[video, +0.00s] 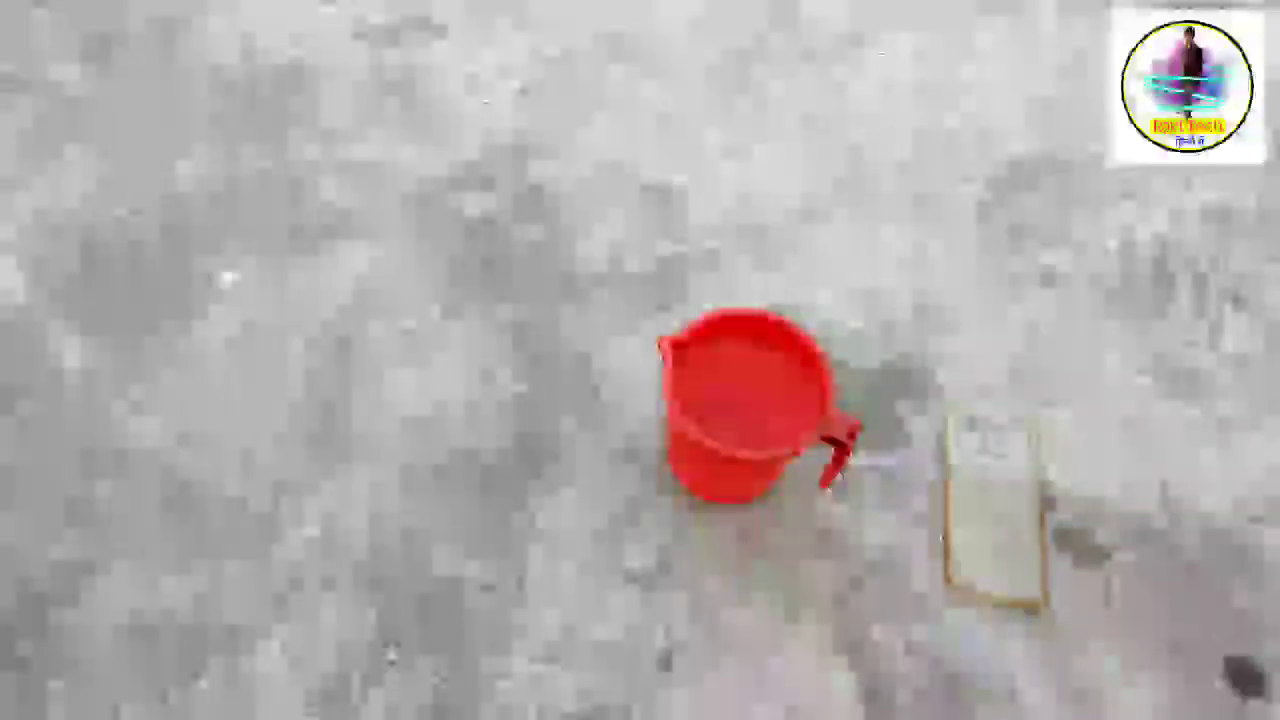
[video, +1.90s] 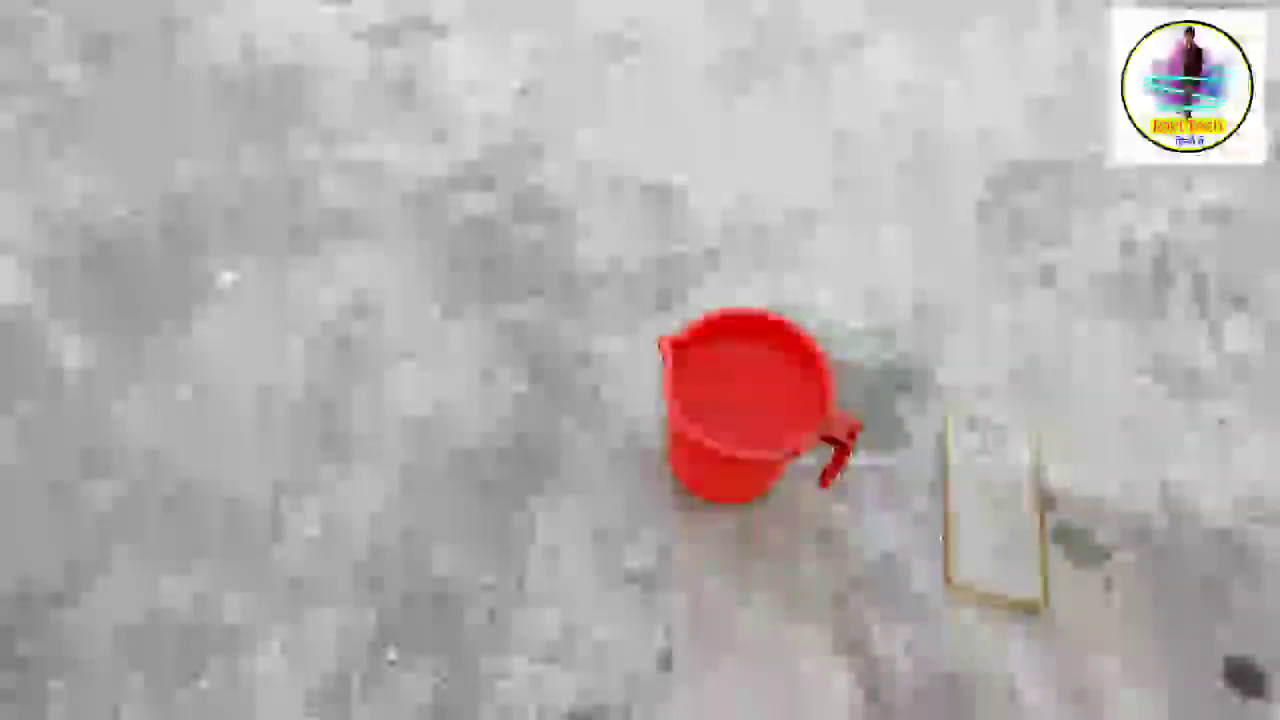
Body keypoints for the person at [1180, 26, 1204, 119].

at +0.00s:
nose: (1187, 38)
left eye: (1189, 36)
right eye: (1186, 36)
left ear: (1193, 36)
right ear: (1184, 36)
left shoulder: (1197, 50)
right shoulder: (1182, 50)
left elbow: (1199, 64)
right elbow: (1177, 62)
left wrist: (1198, 75)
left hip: (1194, 75)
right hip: (1184, 74)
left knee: (1190, 93)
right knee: (1185, 93)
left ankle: (1188, 112)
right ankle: (1186, 112)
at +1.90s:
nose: (1187, 38)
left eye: (1189, 36)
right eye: (1186, 36)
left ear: (1193, 36)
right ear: (1184, 36)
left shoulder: (1197, 50)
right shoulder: (1181, 49)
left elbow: (1199, 64)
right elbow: (1176, 61)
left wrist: (1197, 75)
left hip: (1193, 75)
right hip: (1183, 74)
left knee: (1190, 93)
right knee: (1185, 93)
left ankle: (1188, 111)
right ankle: (1186, 111)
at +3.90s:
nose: (1188, 38)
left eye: (1190, 35)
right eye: (1186, 35)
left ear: (1193, 36)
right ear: (1184, 36)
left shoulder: (1198, 50)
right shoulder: (1182, 49)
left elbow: (1199, 64)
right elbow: (1178, 62)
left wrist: (1198, 74)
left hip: (1194, 74)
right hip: (1184, 74)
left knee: (1191, 92)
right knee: (1185, 92)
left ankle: (1189, 111)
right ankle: (1186, 111)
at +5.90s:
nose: (1188, 38)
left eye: (1190, 36)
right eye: (1187, 35)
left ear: (1193, 36)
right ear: (1184, 36)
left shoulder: (1197, 50)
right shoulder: (1182, 49)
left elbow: (1199, 64)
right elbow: (1176, 61)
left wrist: (1197, 74)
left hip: (1193, 74)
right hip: (1183, 74)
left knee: (1190, 93)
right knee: (1185, 92)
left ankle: (1188, 112)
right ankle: (1186, 112)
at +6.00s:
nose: (1188, 38)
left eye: (1190, 36)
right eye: (1187, 35)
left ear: (1193, 36)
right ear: (1184, 36)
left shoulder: (1197, 49)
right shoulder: (1181, 49)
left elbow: (1199, 63)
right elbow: (1175, 61)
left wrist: (1197, 73)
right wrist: (1173, 73)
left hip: (1193, 74)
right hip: (1183, 73)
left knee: (1190, 92)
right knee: (1185, 92)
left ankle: (1189, 111)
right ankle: (1186, 111)